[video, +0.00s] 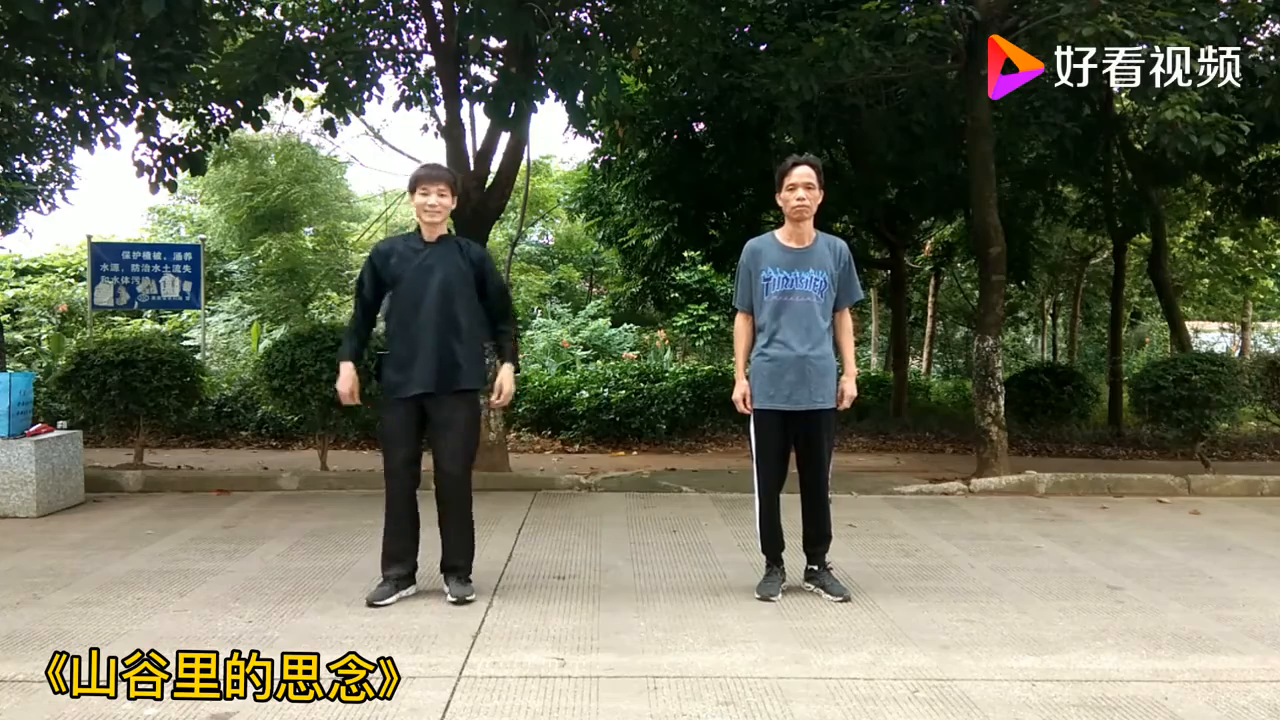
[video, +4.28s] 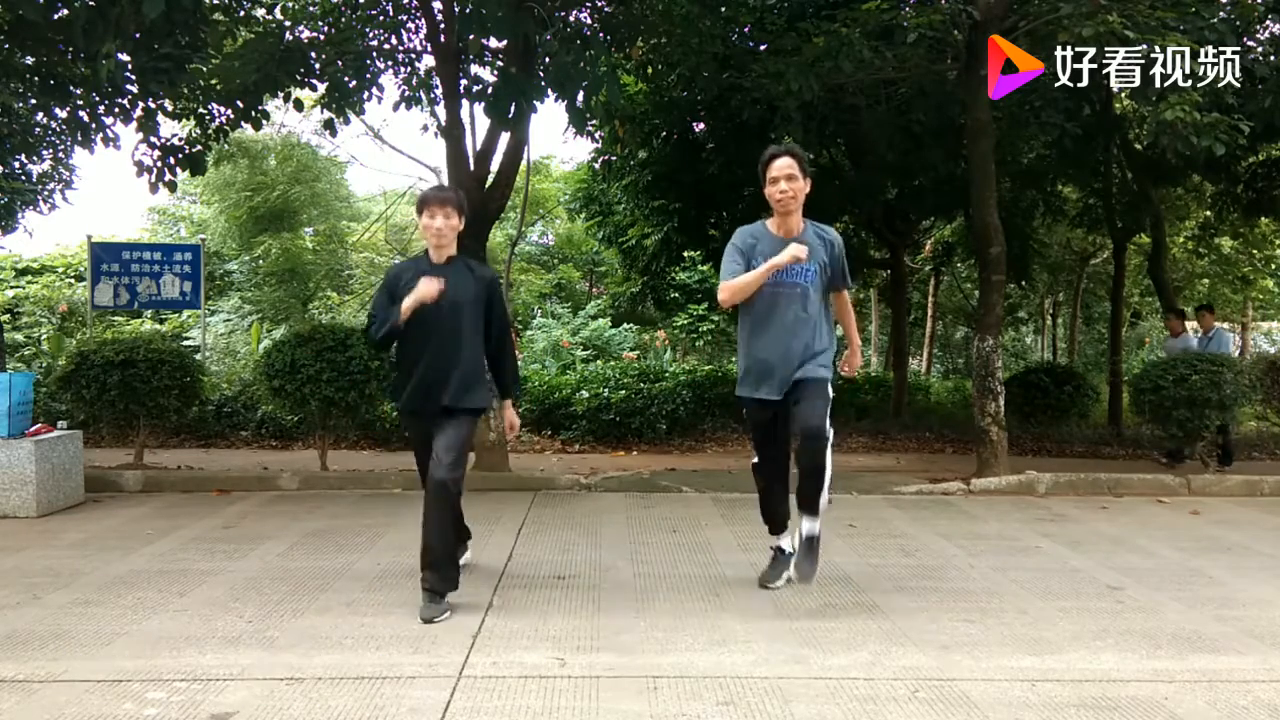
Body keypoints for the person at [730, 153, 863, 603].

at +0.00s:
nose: (801, 195)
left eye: (809, 187)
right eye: (792, 188)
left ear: (820, 196)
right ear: (779, 197)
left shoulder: (836, 250)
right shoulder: (756, 250)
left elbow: (842, 314)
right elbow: (744, 316)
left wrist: (849, 372)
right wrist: (740, 374)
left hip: (820, 383)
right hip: (768, 383)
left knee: (816, 482)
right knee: (767, 483)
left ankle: (817, 566)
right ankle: (773, 567)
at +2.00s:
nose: (805, 193)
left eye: (814, 185)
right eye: (797, 186)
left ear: (826, 194)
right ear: (785, 196)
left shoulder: (843, 250)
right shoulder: (763, 250)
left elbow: (848, 316)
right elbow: (752, 316)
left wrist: (853, 374)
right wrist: (750, 374)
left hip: (828, 385)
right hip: (776, 385)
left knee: (823, 484)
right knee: (776, 484)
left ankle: (823, 568)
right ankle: (781, 567)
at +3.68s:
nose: (785, 202)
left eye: (794, 194)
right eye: (777, 194)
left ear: (806, 203)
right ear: (765, 202)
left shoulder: (828, 254)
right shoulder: (745, 258)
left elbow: (855, 313)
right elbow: (727, 305)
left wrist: (830, 327)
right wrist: (707, 352)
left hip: (819, 393)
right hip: (766, 394)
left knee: (824, 487)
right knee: (769, 490)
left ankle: (823, 568)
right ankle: (781, 567)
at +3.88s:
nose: (779, 197)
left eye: (787, 188)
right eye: (771, 189)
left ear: (801, 197)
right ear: (759, 198)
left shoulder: (823, 246)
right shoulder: (738, 256)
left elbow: (857, 301)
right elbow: (718, 317)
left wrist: (817, 298)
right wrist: (696, 372)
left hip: (818, 375)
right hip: (763, 382)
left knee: (829, 443)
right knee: (765, 484)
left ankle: (827, 519)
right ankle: (782, 566)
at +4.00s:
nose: (777, 190)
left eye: (785, 182)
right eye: (769, 183)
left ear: (800, 187)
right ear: (759, 191)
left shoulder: (823, 237)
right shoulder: (742, 248)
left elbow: (846, 288)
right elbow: (722, 311)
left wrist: (841, 334)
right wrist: (740, 364)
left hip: (816, 353)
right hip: (765, 365)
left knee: (819, 382)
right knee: (772, 467)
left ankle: (820, 469)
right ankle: (782, 552)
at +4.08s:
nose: (778, 199)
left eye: (786, 191)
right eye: (770, 192)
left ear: (801, 197)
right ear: (759, 200)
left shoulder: (822, 247)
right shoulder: (742, 255)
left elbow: (841, 305)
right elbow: (723, 313)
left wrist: (854, 359)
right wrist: (761, 332)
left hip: (813, 359)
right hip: (764, 372)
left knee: (818, 371)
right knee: (771, 468)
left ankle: (817, 461)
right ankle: (781, 555)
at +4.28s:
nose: (782, 188)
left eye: (790, 180)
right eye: (774, 182)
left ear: (806, 185)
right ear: (765, 190)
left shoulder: (827, 240)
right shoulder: (745, 240)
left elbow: (839, 294)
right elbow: (726, 296)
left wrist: (854, 343)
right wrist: (772, 264)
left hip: (812, 363)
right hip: (759, 370)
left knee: (813, 432)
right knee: (770, 463)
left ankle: (810, 528)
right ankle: (781, 545)